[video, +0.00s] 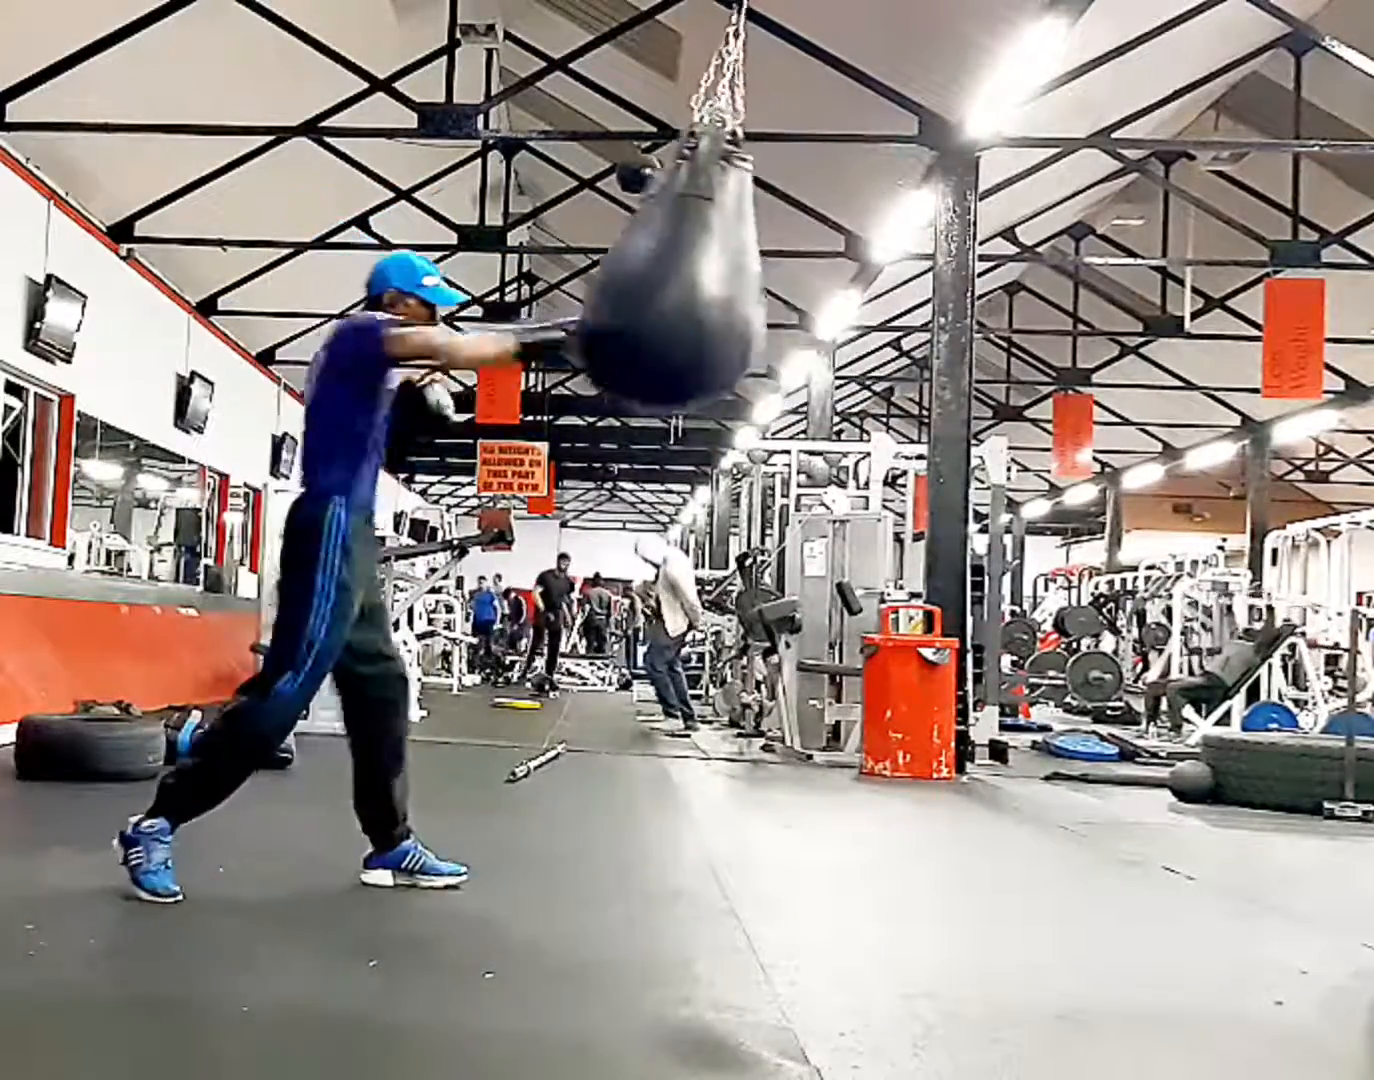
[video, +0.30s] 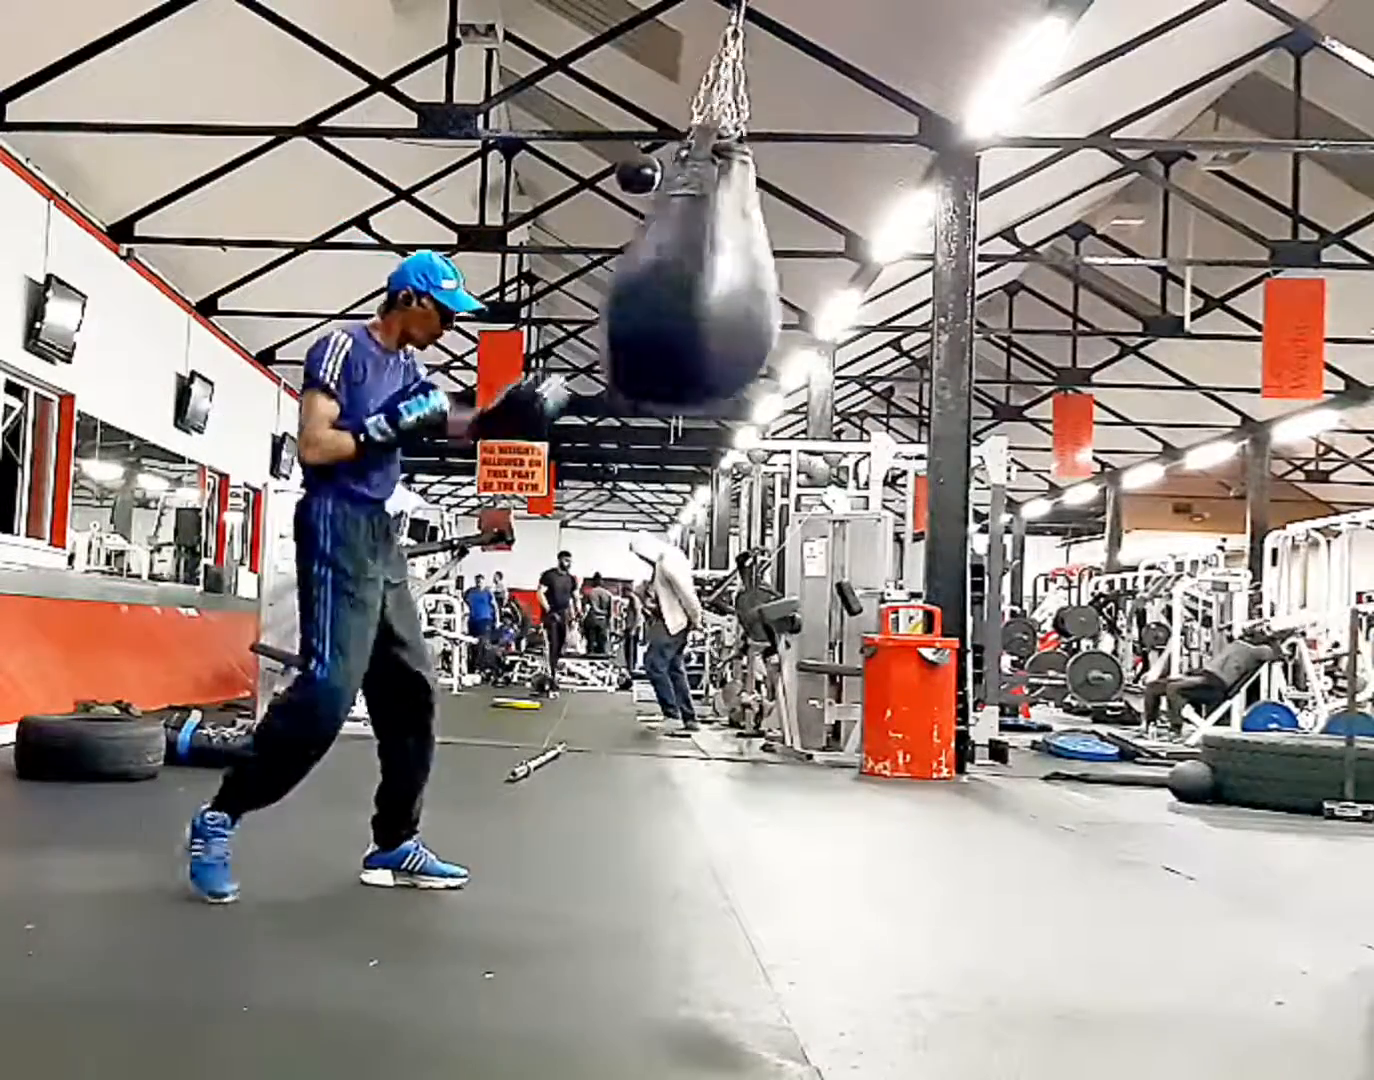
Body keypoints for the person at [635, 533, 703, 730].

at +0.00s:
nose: (647, 563)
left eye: (646, 558)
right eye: (645, 559)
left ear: (652, 553)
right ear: (659, 545)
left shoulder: (672, 568)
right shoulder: (673, 560)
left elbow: (690, 599)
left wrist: (696, 621)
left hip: (671, 626)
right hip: (676, 623)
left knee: (654, 663)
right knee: (673, 667)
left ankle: (672, 710)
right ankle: (688, 714)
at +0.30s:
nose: (643, 560)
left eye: (641, 555)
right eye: (640, 556)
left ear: (648, 550)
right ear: (651, 545)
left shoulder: (668, 562)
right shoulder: (664, 562)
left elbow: (687, 594)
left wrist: (696, 619)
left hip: (671, 624)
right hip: (674, 623)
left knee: (654, 664)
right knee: (675, 669)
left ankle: (672, 712)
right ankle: (689, 716)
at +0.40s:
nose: (641, 559)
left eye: (640, 554)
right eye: (638, 556)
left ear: (646, 548)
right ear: (648, 543)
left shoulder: (667, 562)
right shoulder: (661, 561)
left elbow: (685, 594)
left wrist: (693, 624)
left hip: (669, 624)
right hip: (673, 622)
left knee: (658, 667)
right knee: (676, 667)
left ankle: (673, 716)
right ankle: (688, 716)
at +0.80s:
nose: (640, 568)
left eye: (638, 563)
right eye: (636, 565)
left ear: (642, 555)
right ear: (640, 555)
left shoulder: (667, 559)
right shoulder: (655, 568)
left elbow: (689, 589)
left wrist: (697, 622)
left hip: (679, 621)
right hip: (667, 621)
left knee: (677, 670)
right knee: (676, 669)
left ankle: (676, 715)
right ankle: (687, 713)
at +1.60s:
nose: (646, 574)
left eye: (643, 569)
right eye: (642, 571)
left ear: (647, 562)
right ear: (648, 560)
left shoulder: (672, 563)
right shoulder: (662, 571)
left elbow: (694, 593)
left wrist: (701, 626)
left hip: (690, 620)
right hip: (682, 619)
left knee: (687, 666)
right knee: (686, 665)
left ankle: (687, 712)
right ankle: (688, 710)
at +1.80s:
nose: (643, 575)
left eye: (639, 571)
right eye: (638, 572)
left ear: (644, 564)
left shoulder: (669, 565)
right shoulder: (661, 572)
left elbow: (690, 596)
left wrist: (699, 628)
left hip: (688, 624)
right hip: (685, 624)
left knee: (688, 670)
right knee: (689, 670)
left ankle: (686, 712)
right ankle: (689, 711)